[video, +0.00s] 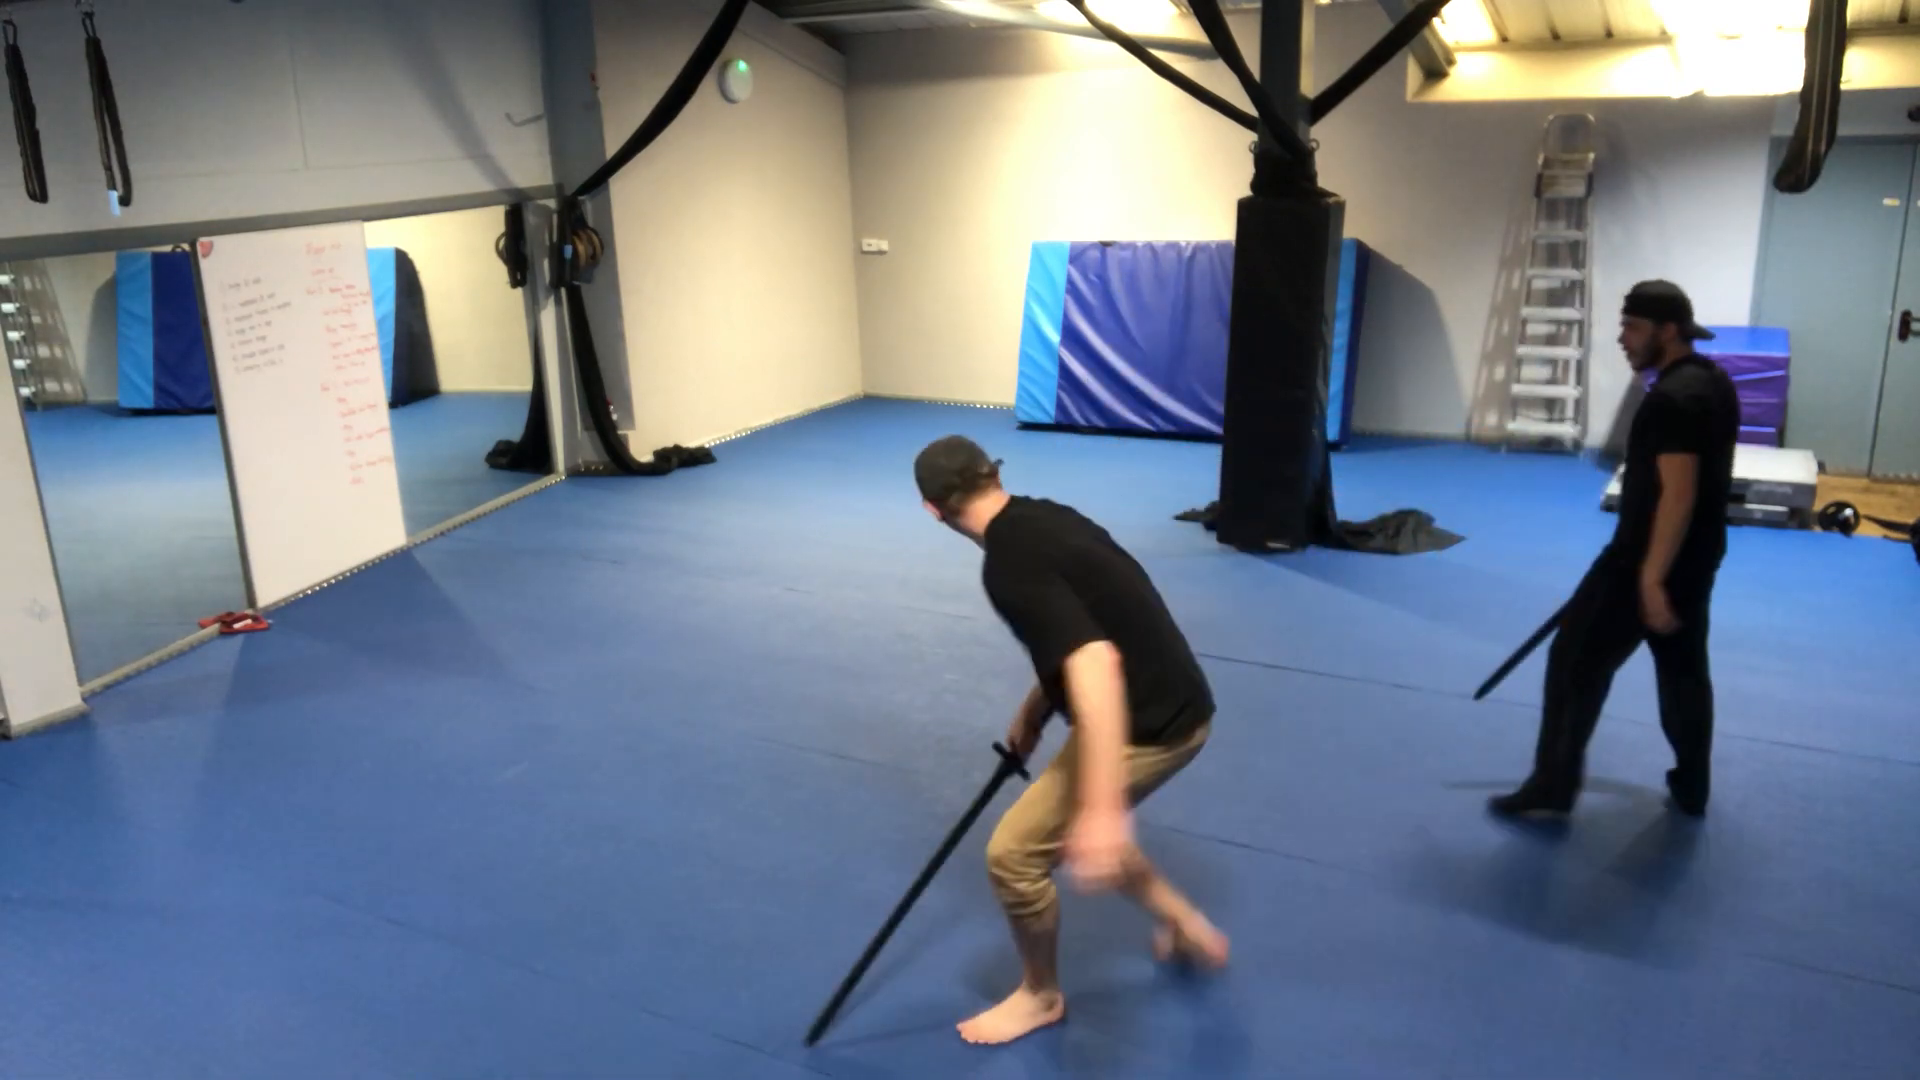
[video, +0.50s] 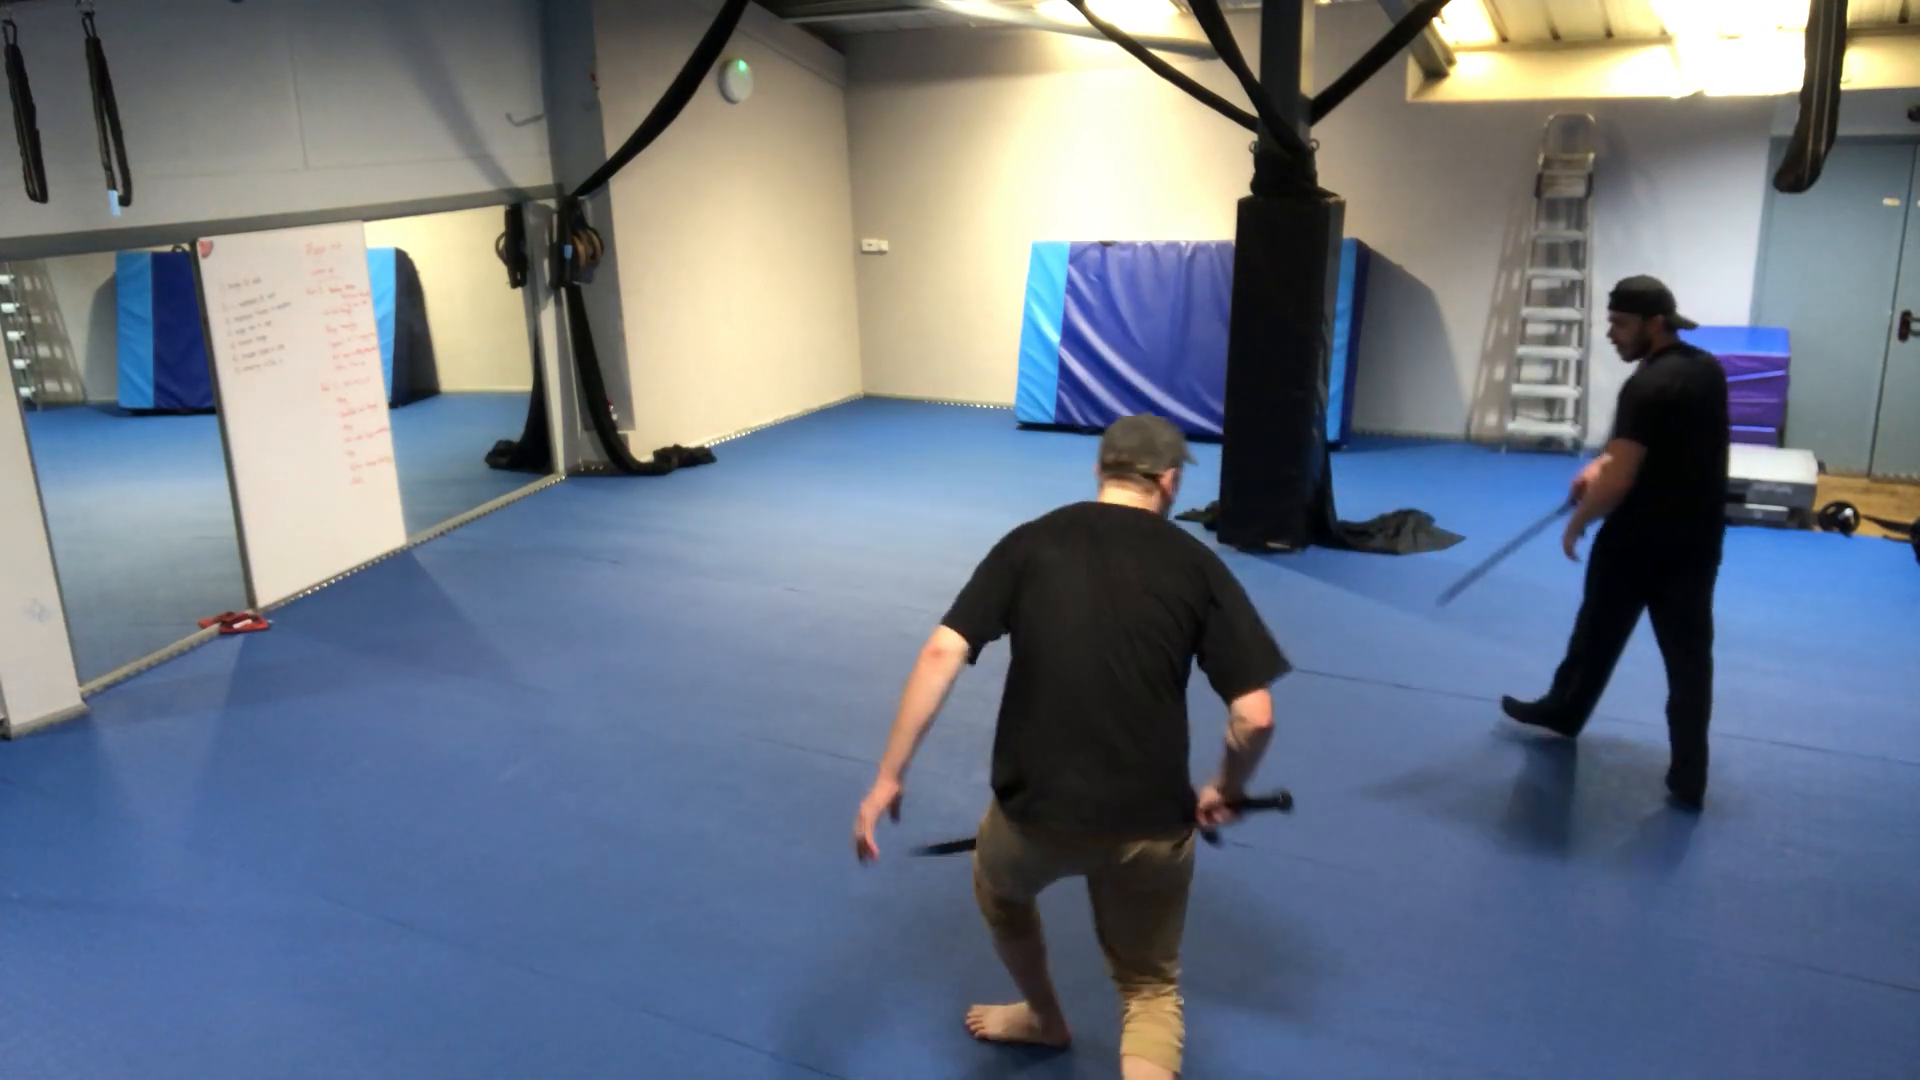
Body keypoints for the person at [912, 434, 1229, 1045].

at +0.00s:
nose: (934, 512)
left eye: (929, 503)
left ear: (936, 508)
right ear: (996, 474)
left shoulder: (1011, 559)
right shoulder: (1045, 518)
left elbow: (1095, 657)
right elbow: (1079, 632)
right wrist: (1032, 715)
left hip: (1145, 727)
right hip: (1175, 703)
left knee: (1013, 857)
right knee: (1082, 825)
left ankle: (1040, 993)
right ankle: (1189, 929)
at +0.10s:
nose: (940, 497)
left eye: (938, 486)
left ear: (942, 493)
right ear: (1008, 466)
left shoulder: (998, 550)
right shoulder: (1067, 514)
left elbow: (1054, 652)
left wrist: (1017, 798)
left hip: (1128, 744)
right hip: (1181, 723)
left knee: (1000, 861)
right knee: (1080, 852)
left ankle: (1040, 994)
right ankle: (1176, 1001)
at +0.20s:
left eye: (980, 471)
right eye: (1036, 460)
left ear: (974, 479)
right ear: (1041, 464)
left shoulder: (996, 540)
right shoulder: (1102, 518)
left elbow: (1029, 637)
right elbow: (1126, 628)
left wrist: (983, 785)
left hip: (1099, 765)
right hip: (1188, 749)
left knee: (994, 863)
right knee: (1125, 896)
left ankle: (1041, 996)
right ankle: (1156, 1063)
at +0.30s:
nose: (1092, 473)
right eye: (1093, 465)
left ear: (1021, 474)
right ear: (1087, 470)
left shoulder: (1007, 542)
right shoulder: (1142, 538)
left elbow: (1006, 643)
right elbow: (1198, 664)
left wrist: (954, 794)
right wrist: (1128, 726)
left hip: (1077, 786)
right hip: (1180, 781)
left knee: (994, 872)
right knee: (1157, 951)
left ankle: (1042, 998)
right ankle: (1158, 1073)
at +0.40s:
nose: (1143, 484)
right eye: (1144, 477)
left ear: (1067, 477)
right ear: (1135, 481)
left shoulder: (1018, 548)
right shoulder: (1173, 557)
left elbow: (969, 653)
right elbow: (1236, 696)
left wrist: (918, 800)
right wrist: (1192, 738)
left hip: (1056, 802)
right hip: (1163, 807)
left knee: (998, 879)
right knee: (1151, 981)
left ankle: (1044, 1007)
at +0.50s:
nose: (1178, 488)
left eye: (1178, 480)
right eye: (1179, 480)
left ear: (1098, 474)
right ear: (1168, 482)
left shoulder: (1032, 542)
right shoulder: (1197, 566)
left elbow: (943, 650)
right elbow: (1254, 717)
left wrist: (889, 774)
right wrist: (1226, 790)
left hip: (1037, 811)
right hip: (1150, 822)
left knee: (1001, 892)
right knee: (1150, 982)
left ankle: (1042, 1014)